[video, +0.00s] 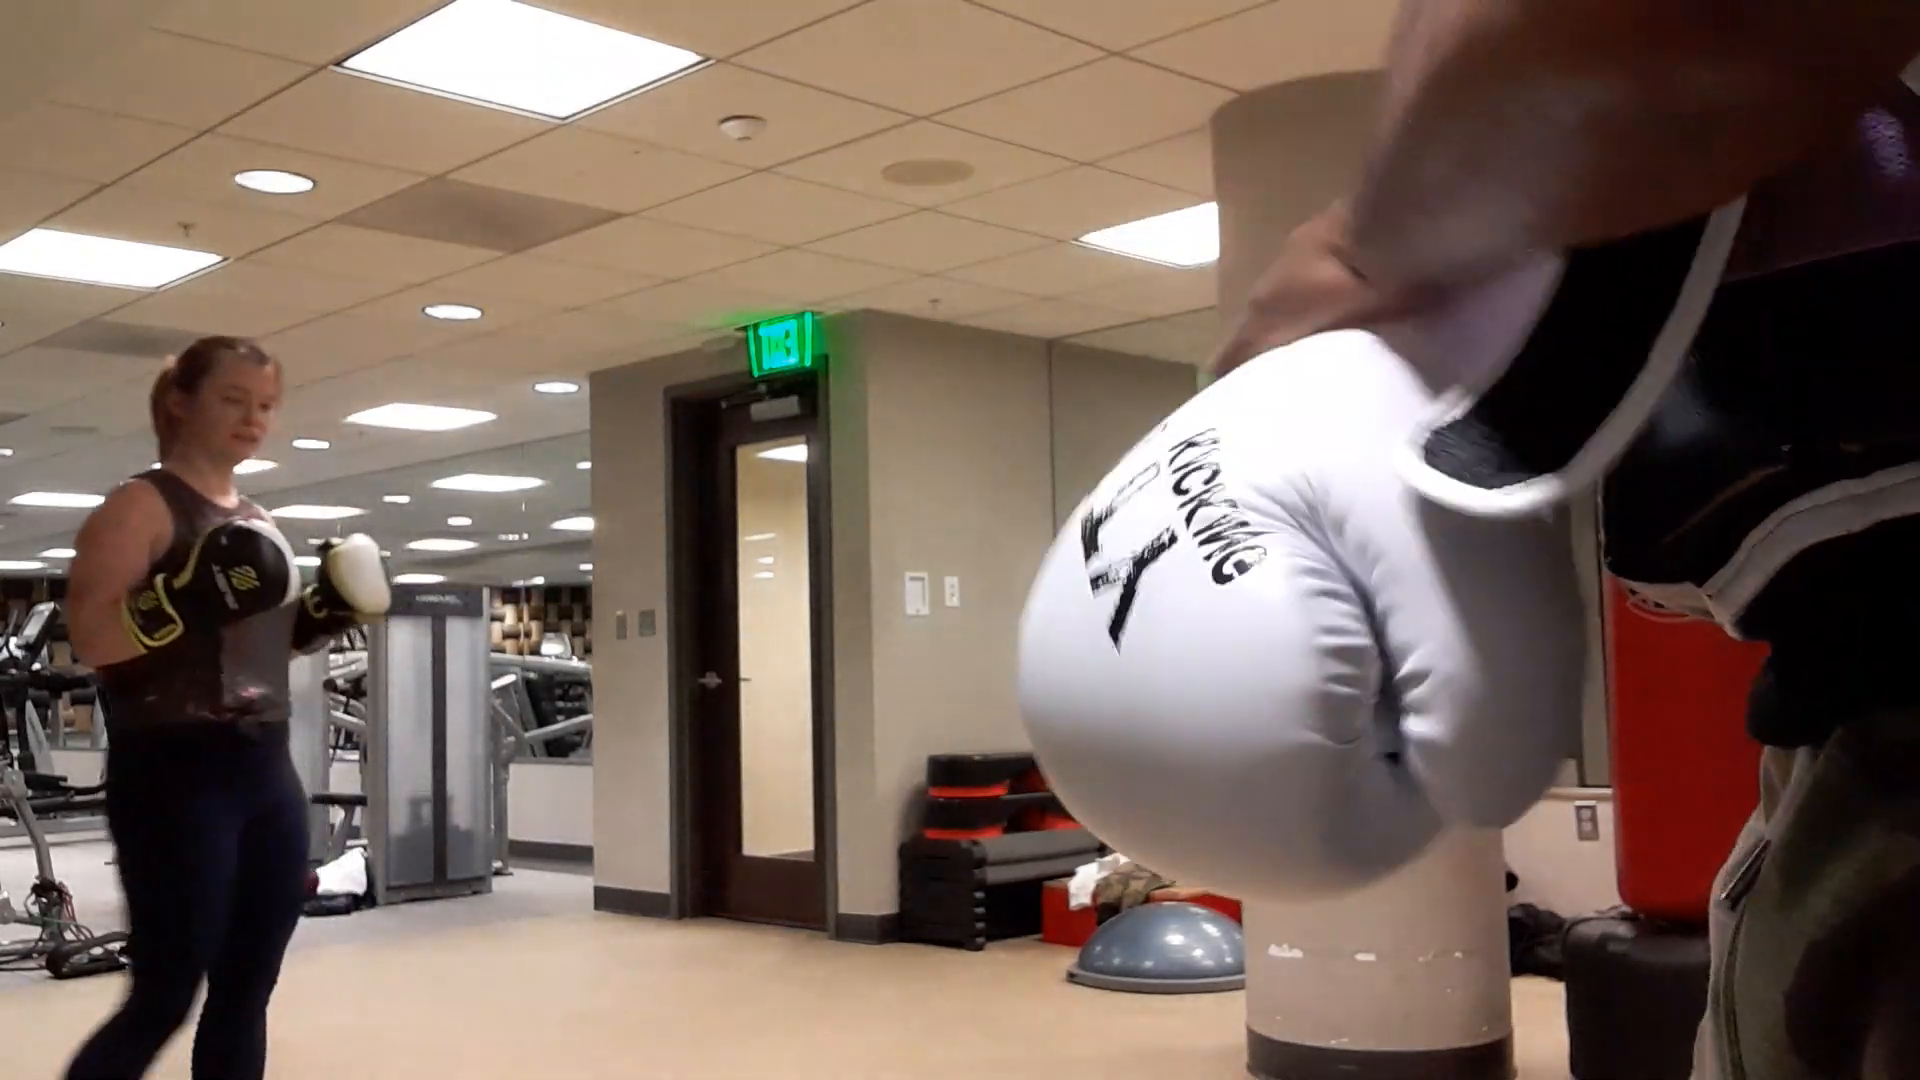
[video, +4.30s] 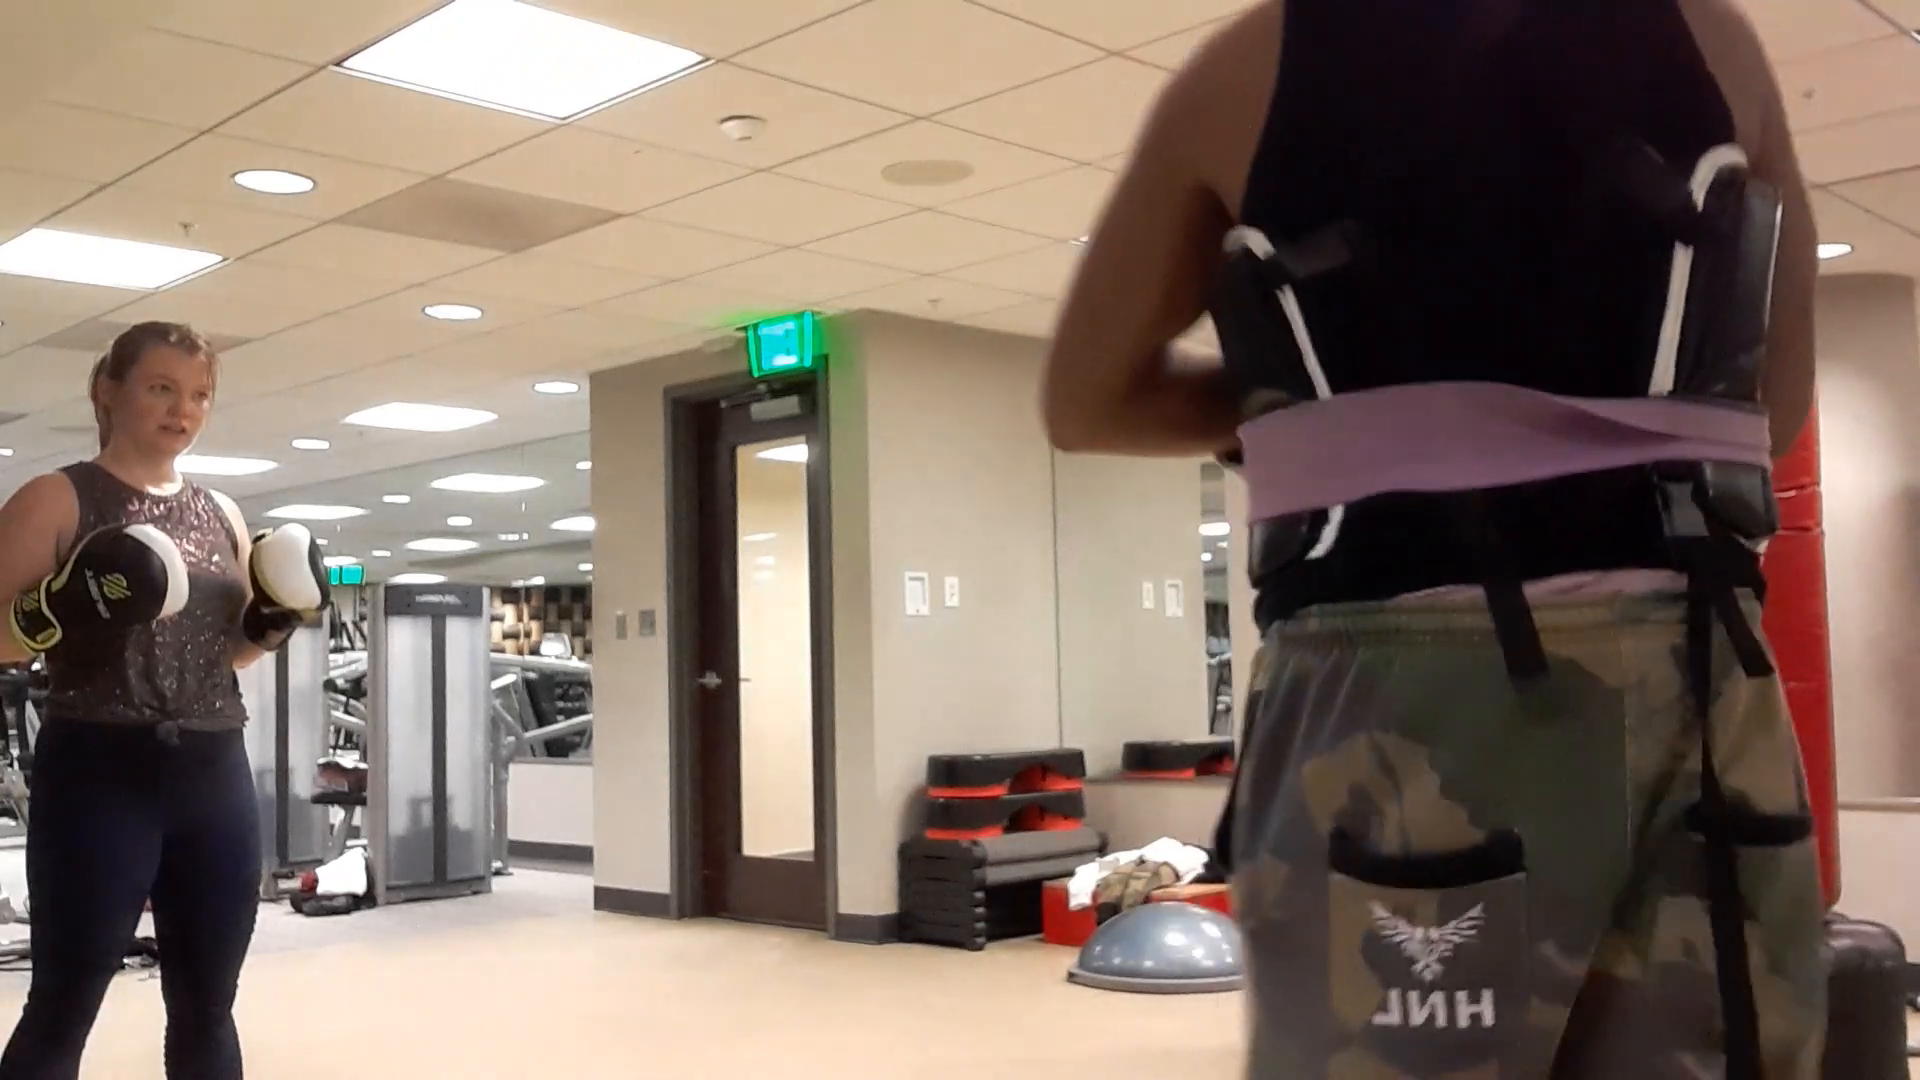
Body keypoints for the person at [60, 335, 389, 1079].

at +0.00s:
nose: (254, 420)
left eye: (266, 407)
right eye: (235, 401)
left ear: (275, 416)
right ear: (180, 403)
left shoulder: (249, 516)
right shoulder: (137, 507)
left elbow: (252, 646)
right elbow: (92, 640)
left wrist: (320, 615)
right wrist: (186, 601)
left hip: (263, 769)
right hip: (170, 772)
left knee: (244, 993)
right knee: (163, 995)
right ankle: (89, 1073)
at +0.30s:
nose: (180, 409)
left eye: (195, 395)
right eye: (158, 389)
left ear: (206, 409)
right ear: (107, 394)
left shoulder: (206, 517)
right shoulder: (57, 500)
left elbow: (216, 644)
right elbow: (2, 632)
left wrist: (263, 618)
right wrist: (78, 600)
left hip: (195, 772)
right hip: (87, 772)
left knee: (228, 987)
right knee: (73, 996)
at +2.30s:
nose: (181, 408)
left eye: (197, 393)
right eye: (158, 387)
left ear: (210, 407)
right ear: (108, 393)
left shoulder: (226, 515)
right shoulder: (60, 502)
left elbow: (233, 659)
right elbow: (1, 648)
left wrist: (284, 613)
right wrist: (60, 606)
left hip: (224, 780)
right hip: (103, 780)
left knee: (211, 1013)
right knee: (65, 1011)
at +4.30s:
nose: (183, 411)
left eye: (198, 396)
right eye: (163, 389)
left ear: (209, 409)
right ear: (106, 392)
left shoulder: (222, 516)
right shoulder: (55, 501)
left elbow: (224, 658)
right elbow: (2, 641)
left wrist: (278, 615)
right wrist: (64, 606)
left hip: (216, 777)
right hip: (95, 776)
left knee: (207, 1010)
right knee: (63, 1008)